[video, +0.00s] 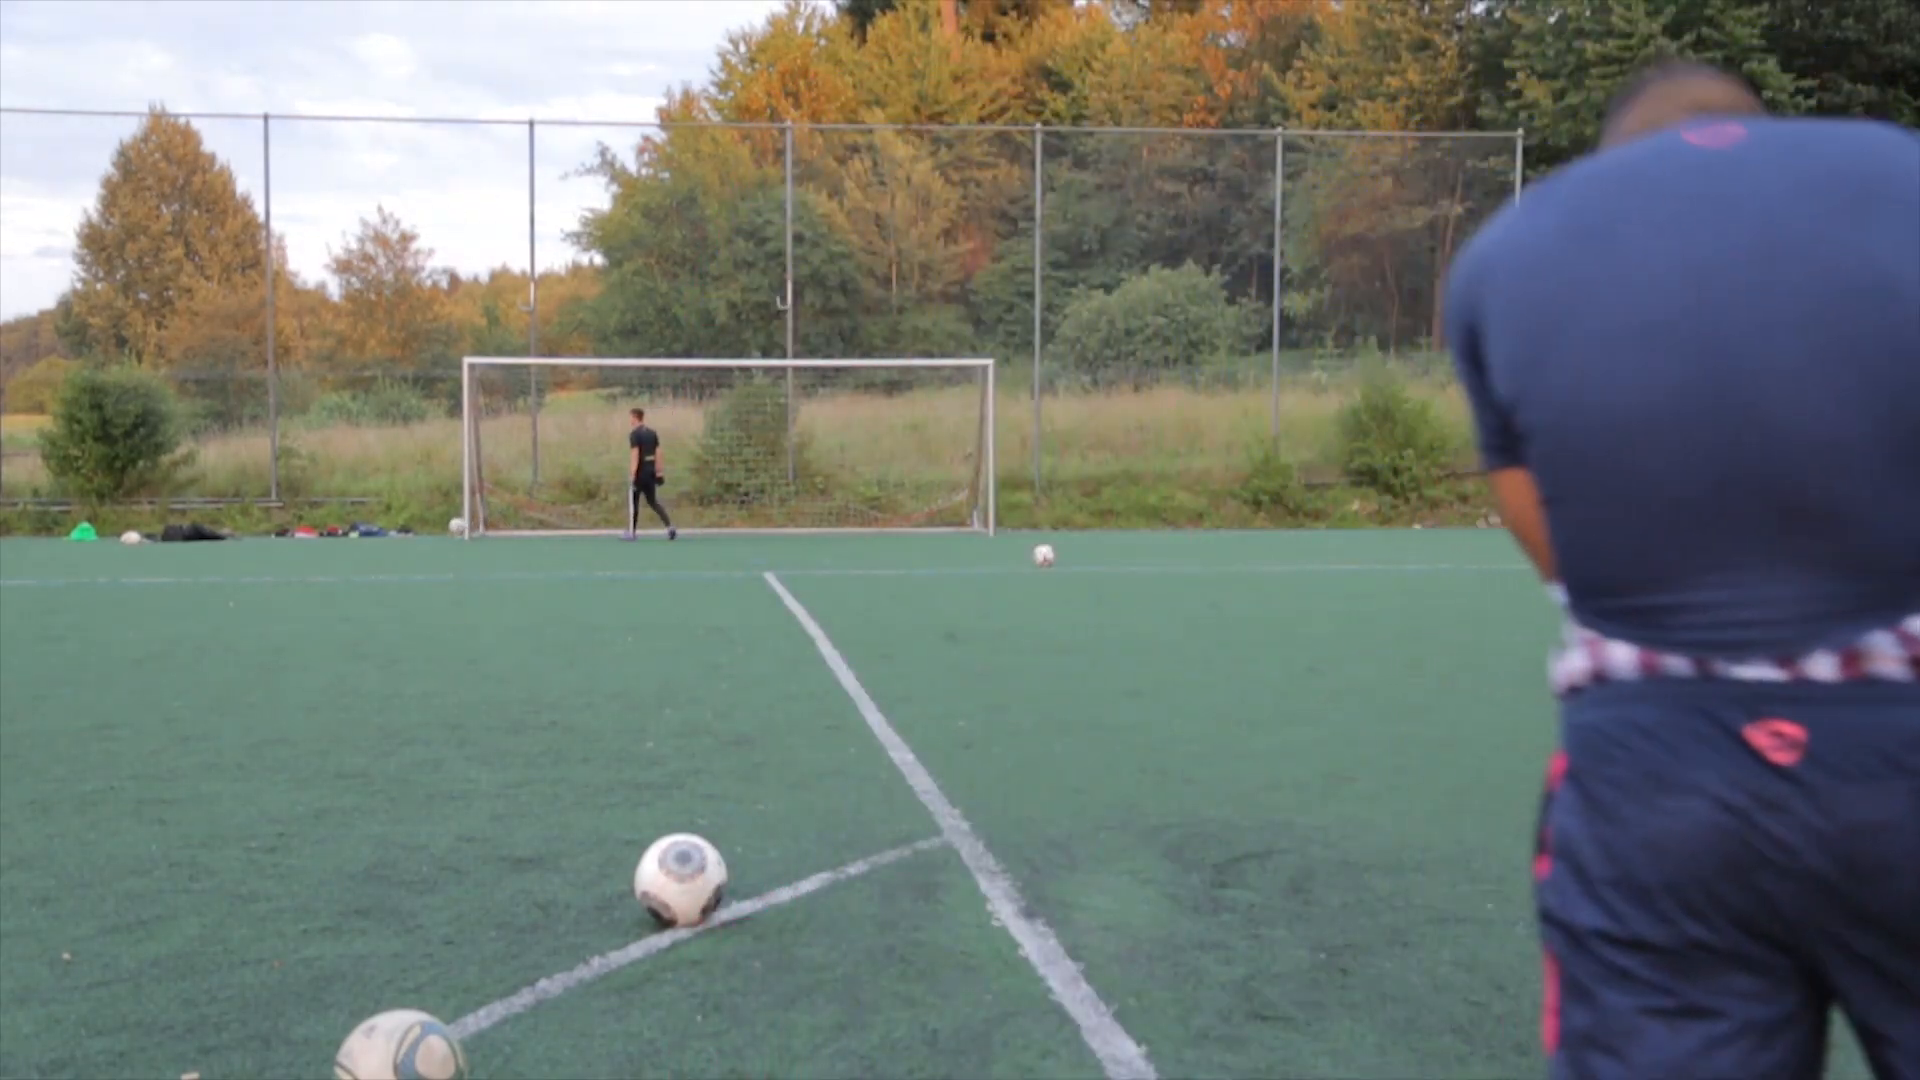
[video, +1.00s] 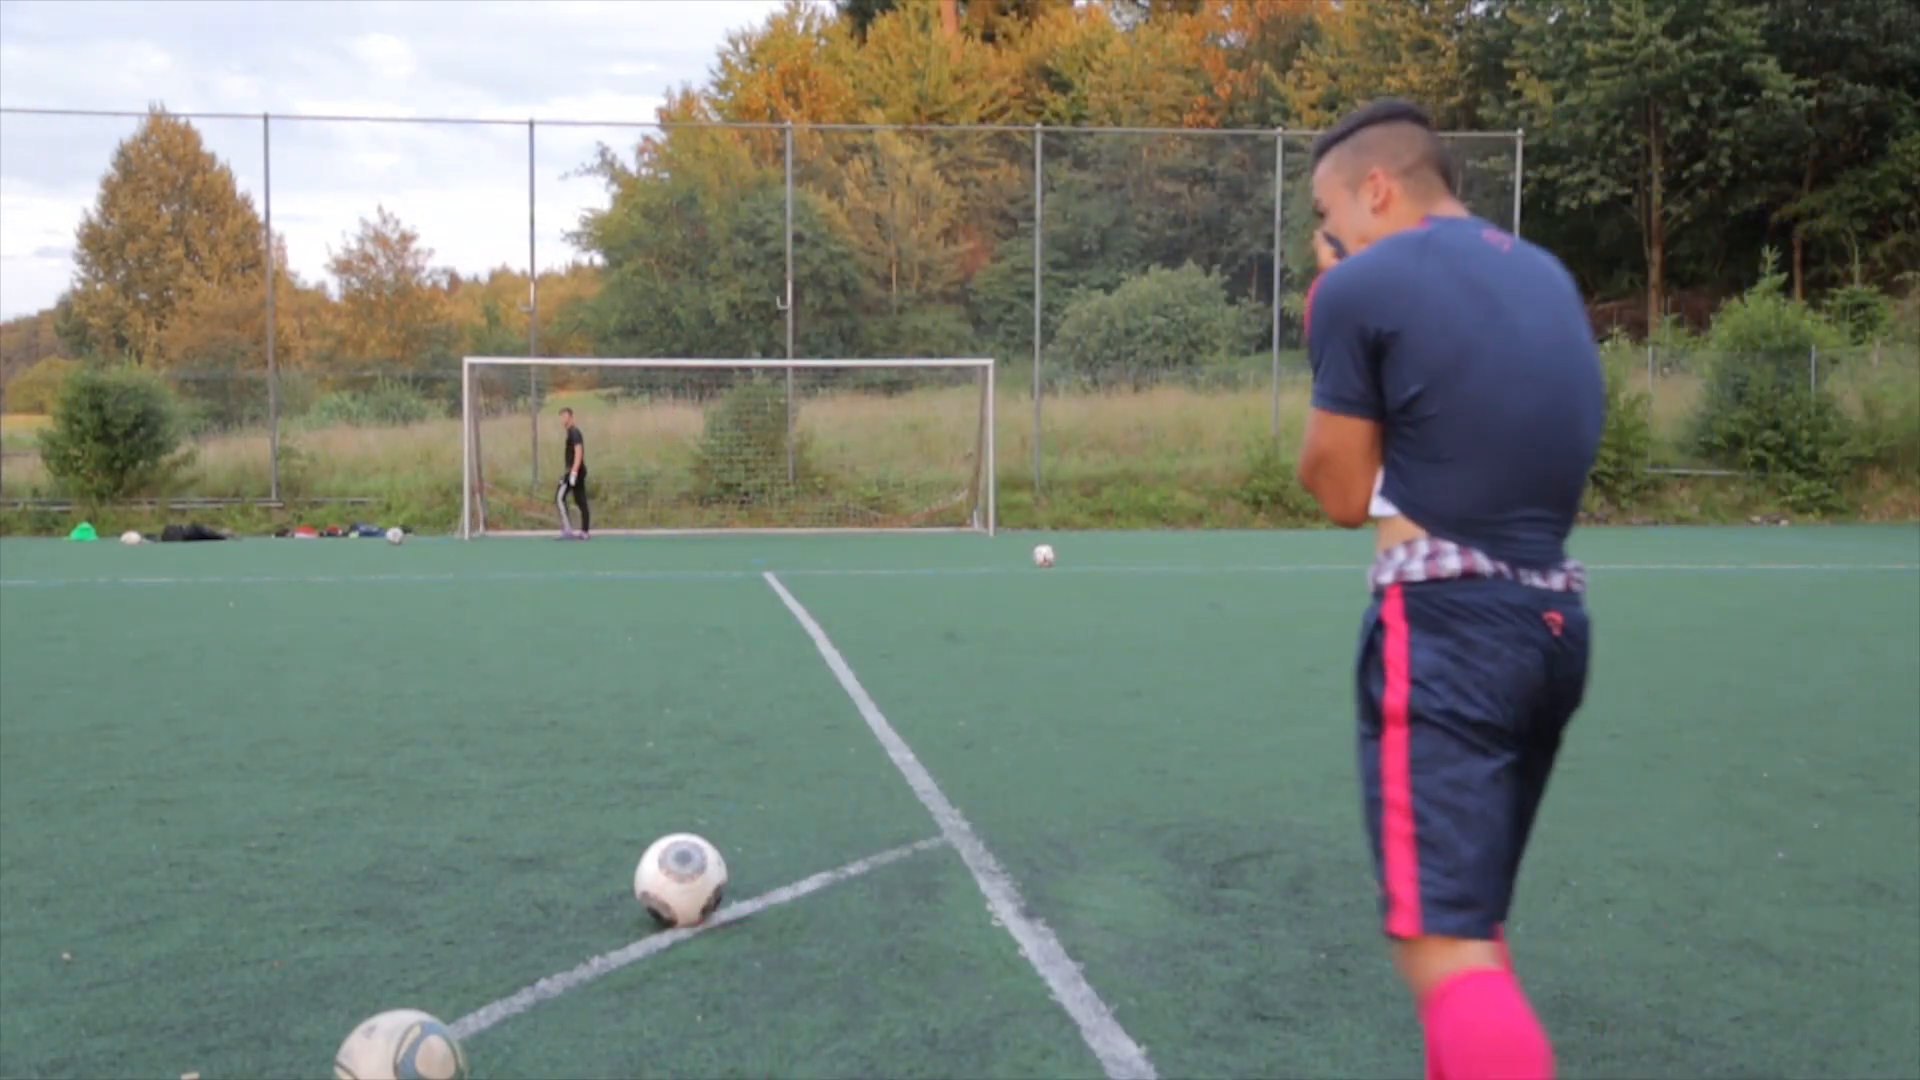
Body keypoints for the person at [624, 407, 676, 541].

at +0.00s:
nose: (631, 421)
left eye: (632, 418)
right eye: (631, 418)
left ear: (636, 419)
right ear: (642, 418)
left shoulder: (635, 434)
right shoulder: (652, 433)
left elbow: (635, 456)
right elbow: (658, 453)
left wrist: (632, 475)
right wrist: (659, 471)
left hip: (640, 470)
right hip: (651, 469)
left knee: (634, 500)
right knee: (652, 501)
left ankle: (632, 530)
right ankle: (669, 526)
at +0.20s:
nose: (619, 420)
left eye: (620, 417)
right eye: (620, 417)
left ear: (623, 417)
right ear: (630, 417)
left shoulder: (624, 433)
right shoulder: (639, 432)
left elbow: (622, 454)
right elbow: (645, 452)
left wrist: (615, 472)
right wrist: (646, 469)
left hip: (628, 468)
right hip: (639, 467)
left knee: (629, 498)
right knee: (631, 497)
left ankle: (632, 529)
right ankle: (641, 522)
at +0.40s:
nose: (607, 419)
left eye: (608, 417)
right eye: (608, 417)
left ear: (610, 418)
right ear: (618, 417)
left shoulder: (612, 433)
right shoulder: (624, 432)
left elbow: (609, 454)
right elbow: (630, 452)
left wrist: (599, 472)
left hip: (618, 469)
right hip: (625, 467)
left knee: (624, 501)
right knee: (611, 499)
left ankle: (631, 532)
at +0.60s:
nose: (591, 423)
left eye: (593, 420)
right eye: (591, 419)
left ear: (598, 420)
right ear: (601, 421)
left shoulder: (601, 435)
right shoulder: (608, 435)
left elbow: (598, 457)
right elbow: (613, 455)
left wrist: (591, 474)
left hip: (604, 471)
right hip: (607, 469)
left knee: (612, 501)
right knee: (594, 501)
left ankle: (629, 530)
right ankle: (586, 530)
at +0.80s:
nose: (577, 420)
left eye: (578, 417)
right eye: (576, 417)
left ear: (585, 417)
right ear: (583, 418)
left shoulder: (587, 434)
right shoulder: (587, 433)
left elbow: (587, 457)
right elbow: (588, 457)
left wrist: (582, 475)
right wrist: (584, 473)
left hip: (589, 471)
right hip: (590, 470)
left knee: (583, 501)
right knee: (586, 501)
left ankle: (608, 520)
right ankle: (585, 531)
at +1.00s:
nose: (562, 420)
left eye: (564, 417)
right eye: (561, 417)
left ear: (570, 417)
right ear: (564, 418)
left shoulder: (574, 433)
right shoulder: (571, 432)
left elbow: (578, 454)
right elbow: (574, 454)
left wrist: (573, 472)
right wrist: (568, 471)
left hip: (574, 470)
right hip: (576, 470)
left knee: (560, 497)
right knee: (581, 501)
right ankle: (585, 530)